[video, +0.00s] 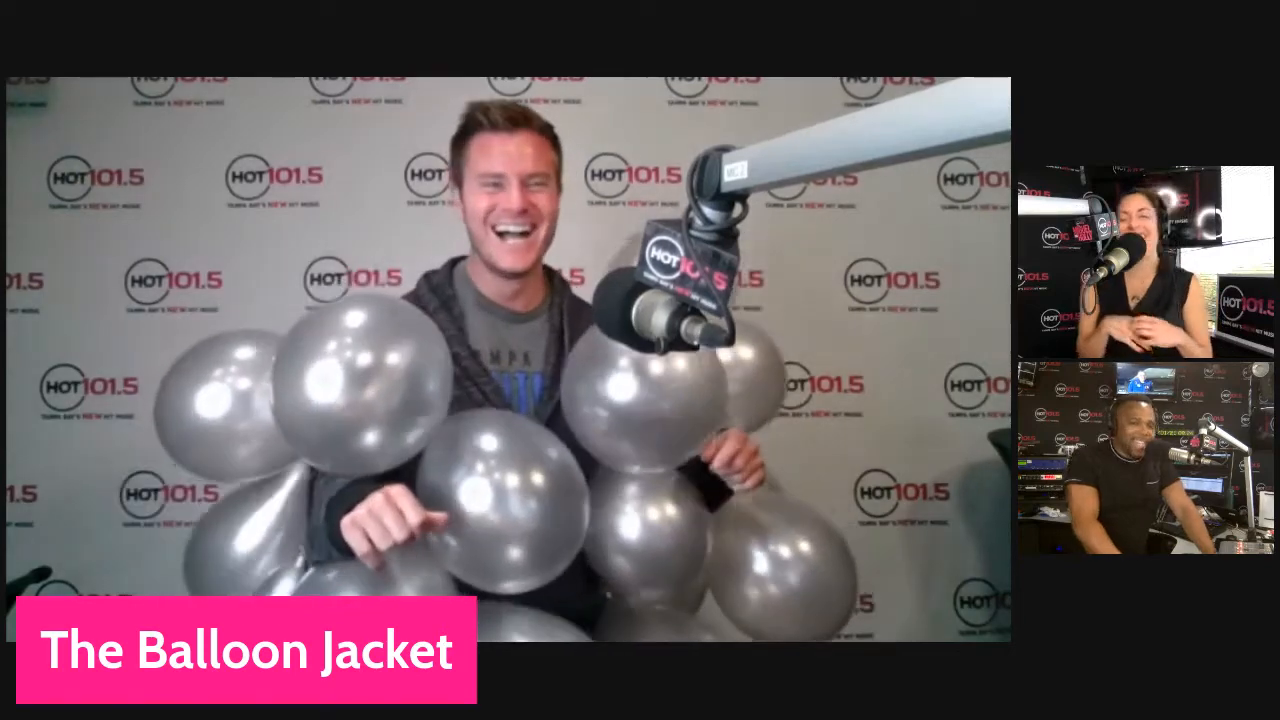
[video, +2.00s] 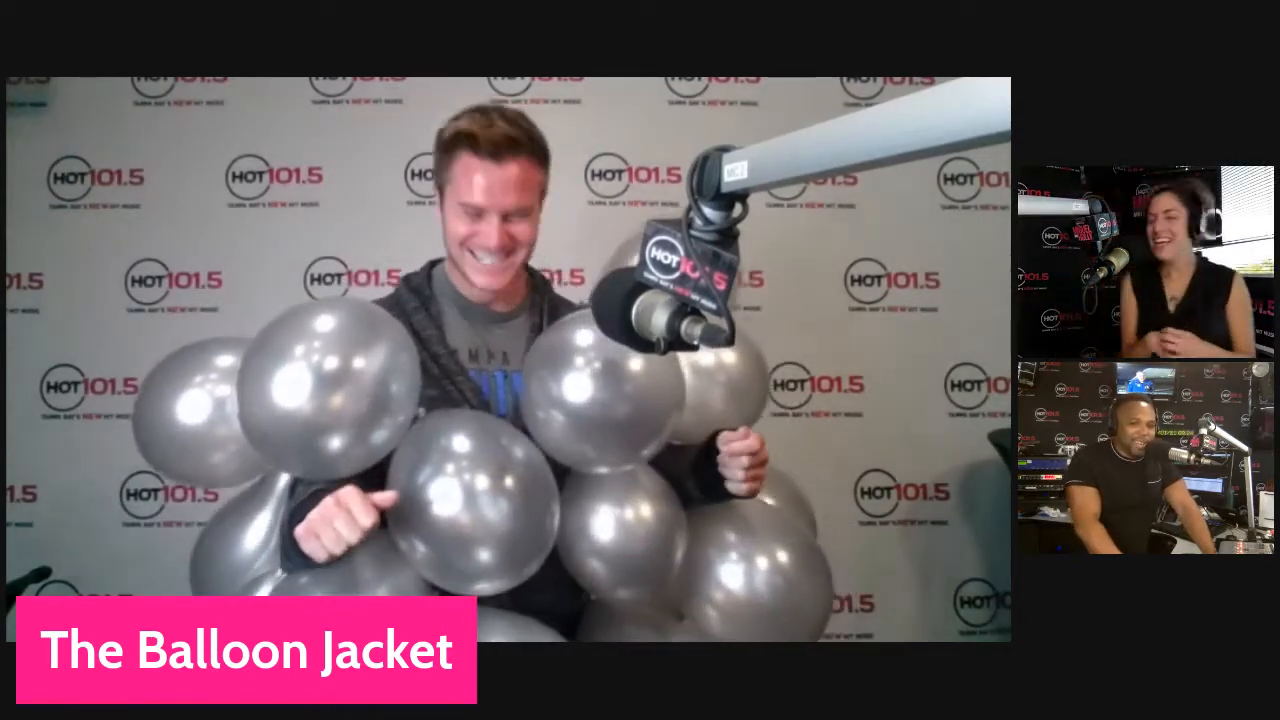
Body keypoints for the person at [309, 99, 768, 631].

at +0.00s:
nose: (516, 205)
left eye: (535, 184)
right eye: (493, 184)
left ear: (558, 198)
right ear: (458, 197)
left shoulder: (603, 335)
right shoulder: (402, 335)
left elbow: (651, 489)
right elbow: (335, 479)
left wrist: (714, 469)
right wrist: (361, 506)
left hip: (574, 612)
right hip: (435, 613)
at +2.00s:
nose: (494, 237)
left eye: (515, 215)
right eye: (473, 213)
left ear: (540, 214)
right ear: (440, 207)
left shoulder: (583, 334)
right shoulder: (379, 337)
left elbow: (637, 463)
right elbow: (317, 467)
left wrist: (714, 466)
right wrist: (319, 514)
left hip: (568, 608)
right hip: (423, 608)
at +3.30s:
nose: (552, 198)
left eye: (575, 180)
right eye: (533, 179)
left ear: (605, 199)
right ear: (506, 193)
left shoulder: (656, 319)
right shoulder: (443, 333)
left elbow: (699, 458)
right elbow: (393, 445)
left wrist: (775, 493)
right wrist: (360, 496)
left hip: (638, 618)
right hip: (494, 615)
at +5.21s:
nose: (549, 202)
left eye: (570, 181)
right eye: (526, 183)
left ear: (597, 193)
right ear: (496, 195)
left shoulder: (652, 317)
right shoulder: (439, 333)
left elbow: (707, 457)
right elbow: (391, 452)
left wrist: (783, 488)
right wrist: (358, 504)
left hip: (640, 615)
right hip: (490, 614)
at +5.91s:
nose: (553, 199)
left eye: (572, 181)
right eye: (531, 183)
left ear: (599, 196)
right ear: (502, 201)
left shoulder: (654, 318)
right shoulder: (449, 335)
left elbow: (708, 459)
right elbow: (412, 460)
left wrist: (788, 485)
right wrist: (353, 500)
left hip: (645, 612)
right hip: (505, 610)